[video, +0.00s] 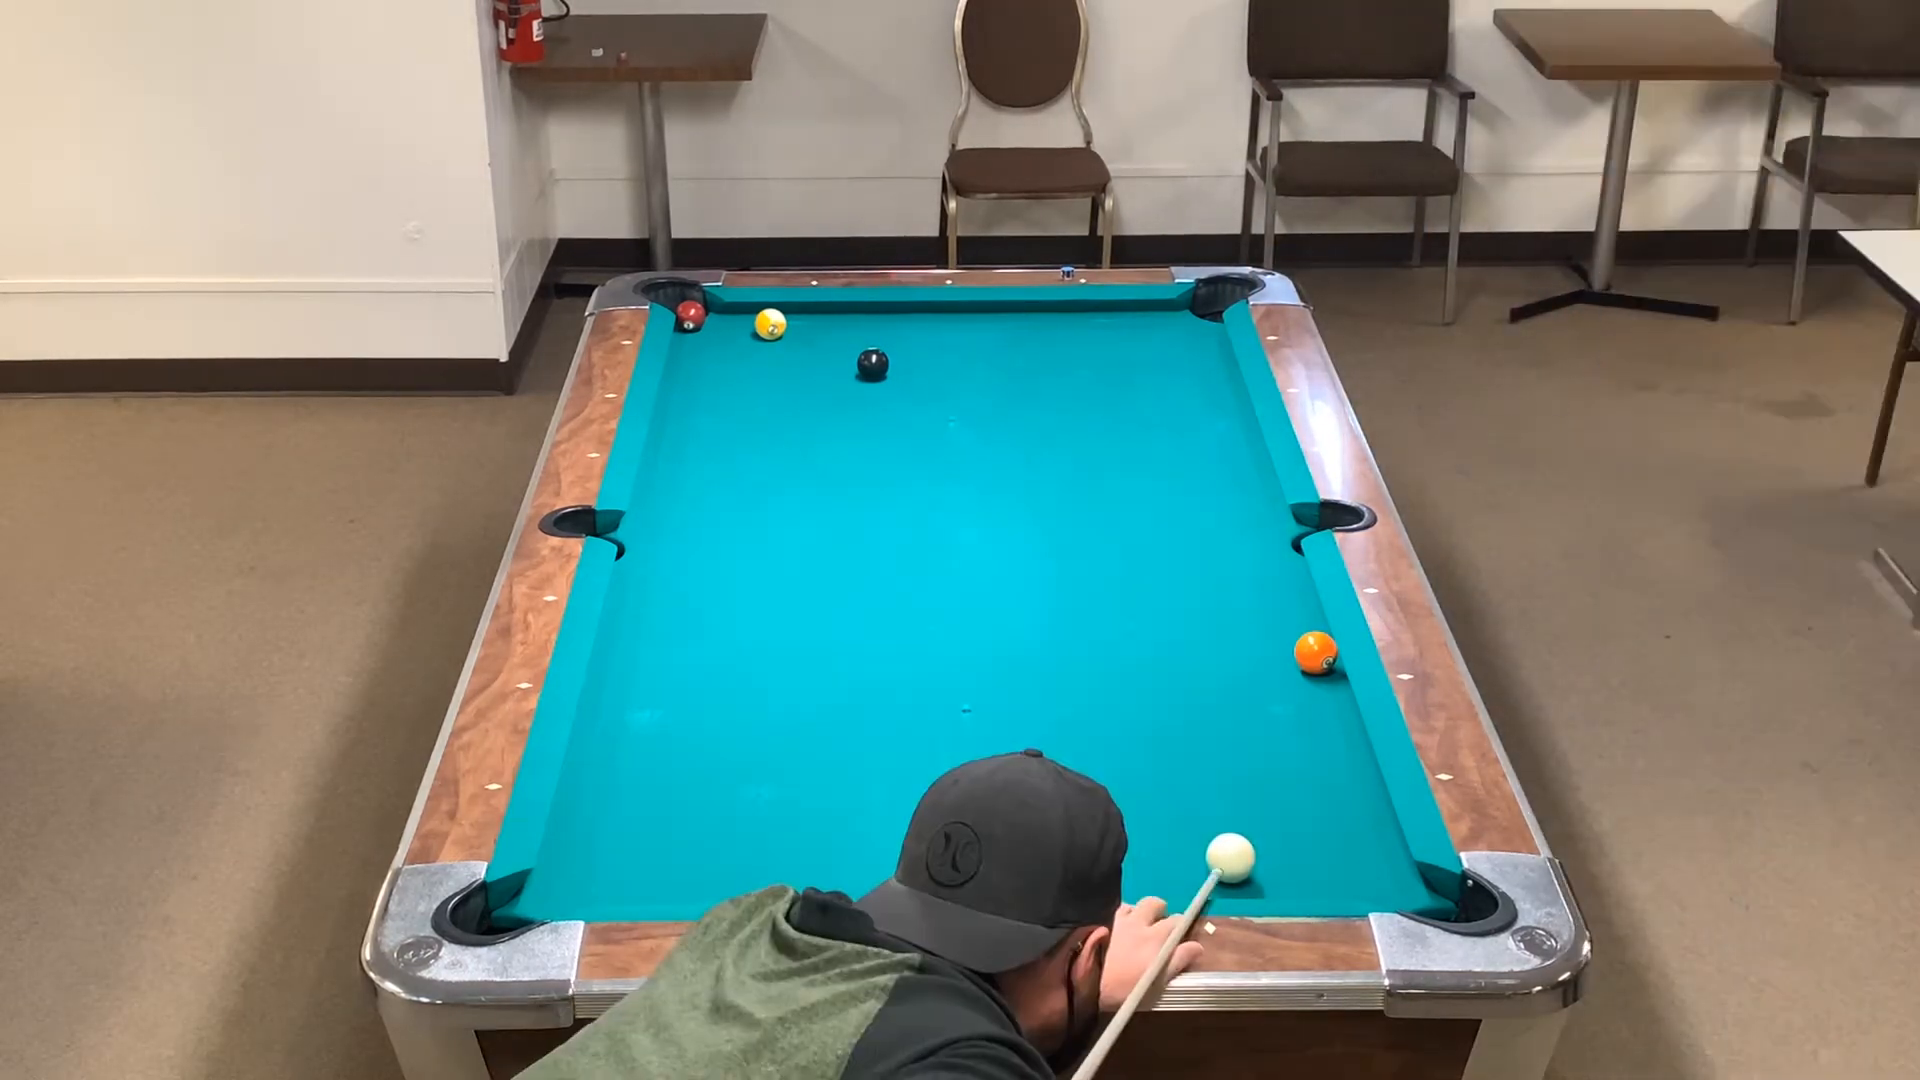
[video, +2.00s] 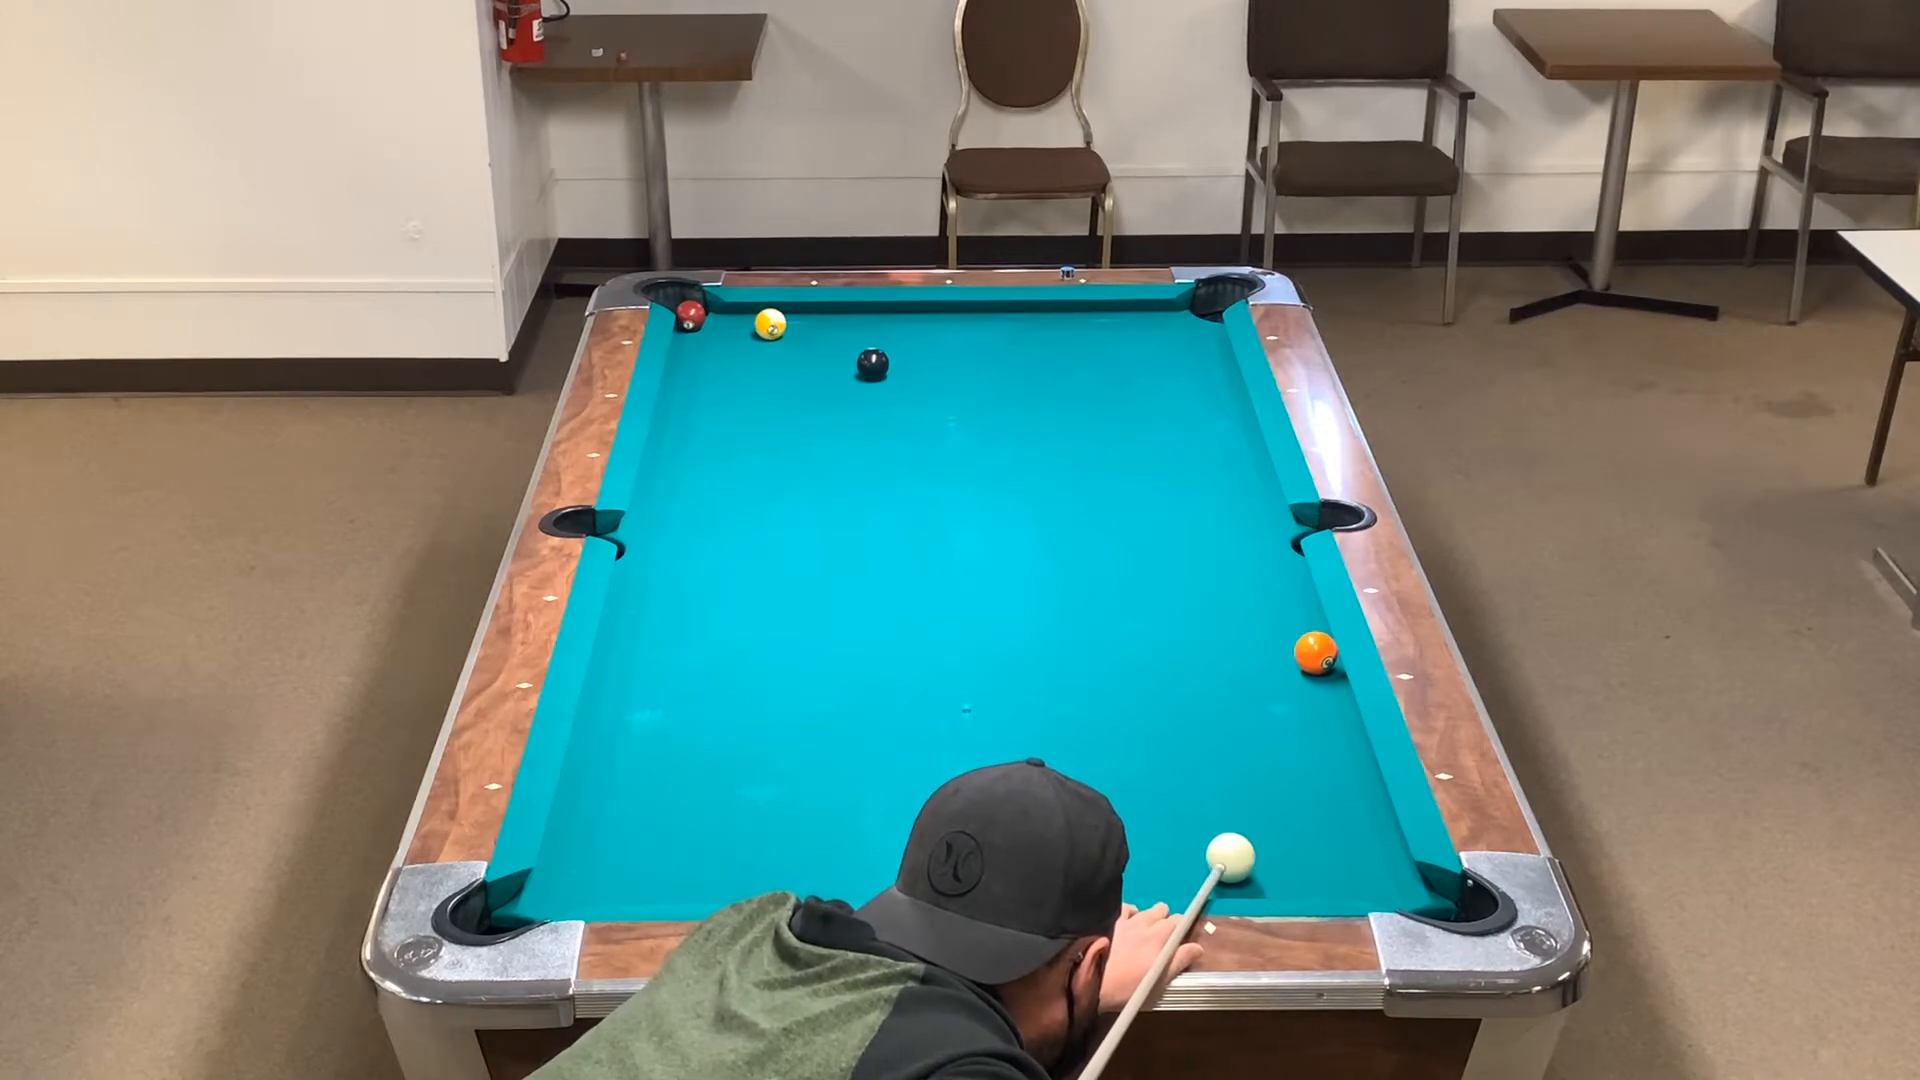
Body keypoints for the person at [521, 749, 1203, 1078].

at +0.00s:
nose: (1105, 947)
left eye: (1106, 936)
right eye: (1105, 935)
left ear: (909, 871)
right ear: (1079, 956)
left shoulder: (753, 916)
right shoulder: (964, 1056)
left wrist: (1078, 993)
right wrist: (1101, 1012)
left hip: (555, 1064)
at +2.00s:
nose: (1109, 951)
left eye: (1106, 938)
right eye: (1108, 941)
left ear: (910, 878)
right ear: (1083, 967)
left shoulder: (751, 922)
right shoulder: (970, 1062)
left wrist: (1074, 1003)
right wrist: (1110, 1017)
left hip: (566, 1065)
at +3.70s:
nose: (1068, 874)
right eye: (1069, 853)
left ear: (878, 786)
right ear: (1055, 867)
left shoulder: (754, 857)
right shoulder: (966, 1031)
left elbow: (859, 1004)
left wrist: (1059, 985)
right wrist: (1074, 988)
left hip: (510, 1052)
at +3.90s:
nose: (1056, 751)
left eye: (1053, 729)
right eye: (1057, 733)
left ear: (854, 688)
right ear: (1040, 759)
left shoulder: (750, 793)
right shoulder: (967, 971)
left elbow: (821, 947)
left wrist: (1057, 972)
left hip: (465, 1044)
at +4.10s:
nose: (1019, 613)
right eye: (1023, 592)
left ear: (806, 578)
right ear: (1003, 620)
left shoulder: (709, 709)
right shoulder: (942, 862)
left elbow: (800, 892)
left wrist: (1040, 955)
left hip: (430, 1048)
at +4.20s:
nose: (991, 552)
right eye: (991, 531)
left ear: (779, 519)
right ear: (974, 557)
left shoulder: (675, 670)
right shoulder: (926, 807)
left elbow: (773, 886)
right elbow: (885, 1068)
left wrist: (1026, 954)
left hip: (417, 1053)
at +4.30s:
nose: (962, 483)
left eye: (953, 458)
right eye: (959, 463)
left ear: (752, 461)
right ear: (942, 491)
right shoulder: (900, 755)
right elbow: (870, 1061)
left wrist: (1016, 952)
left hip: (425, 1047)